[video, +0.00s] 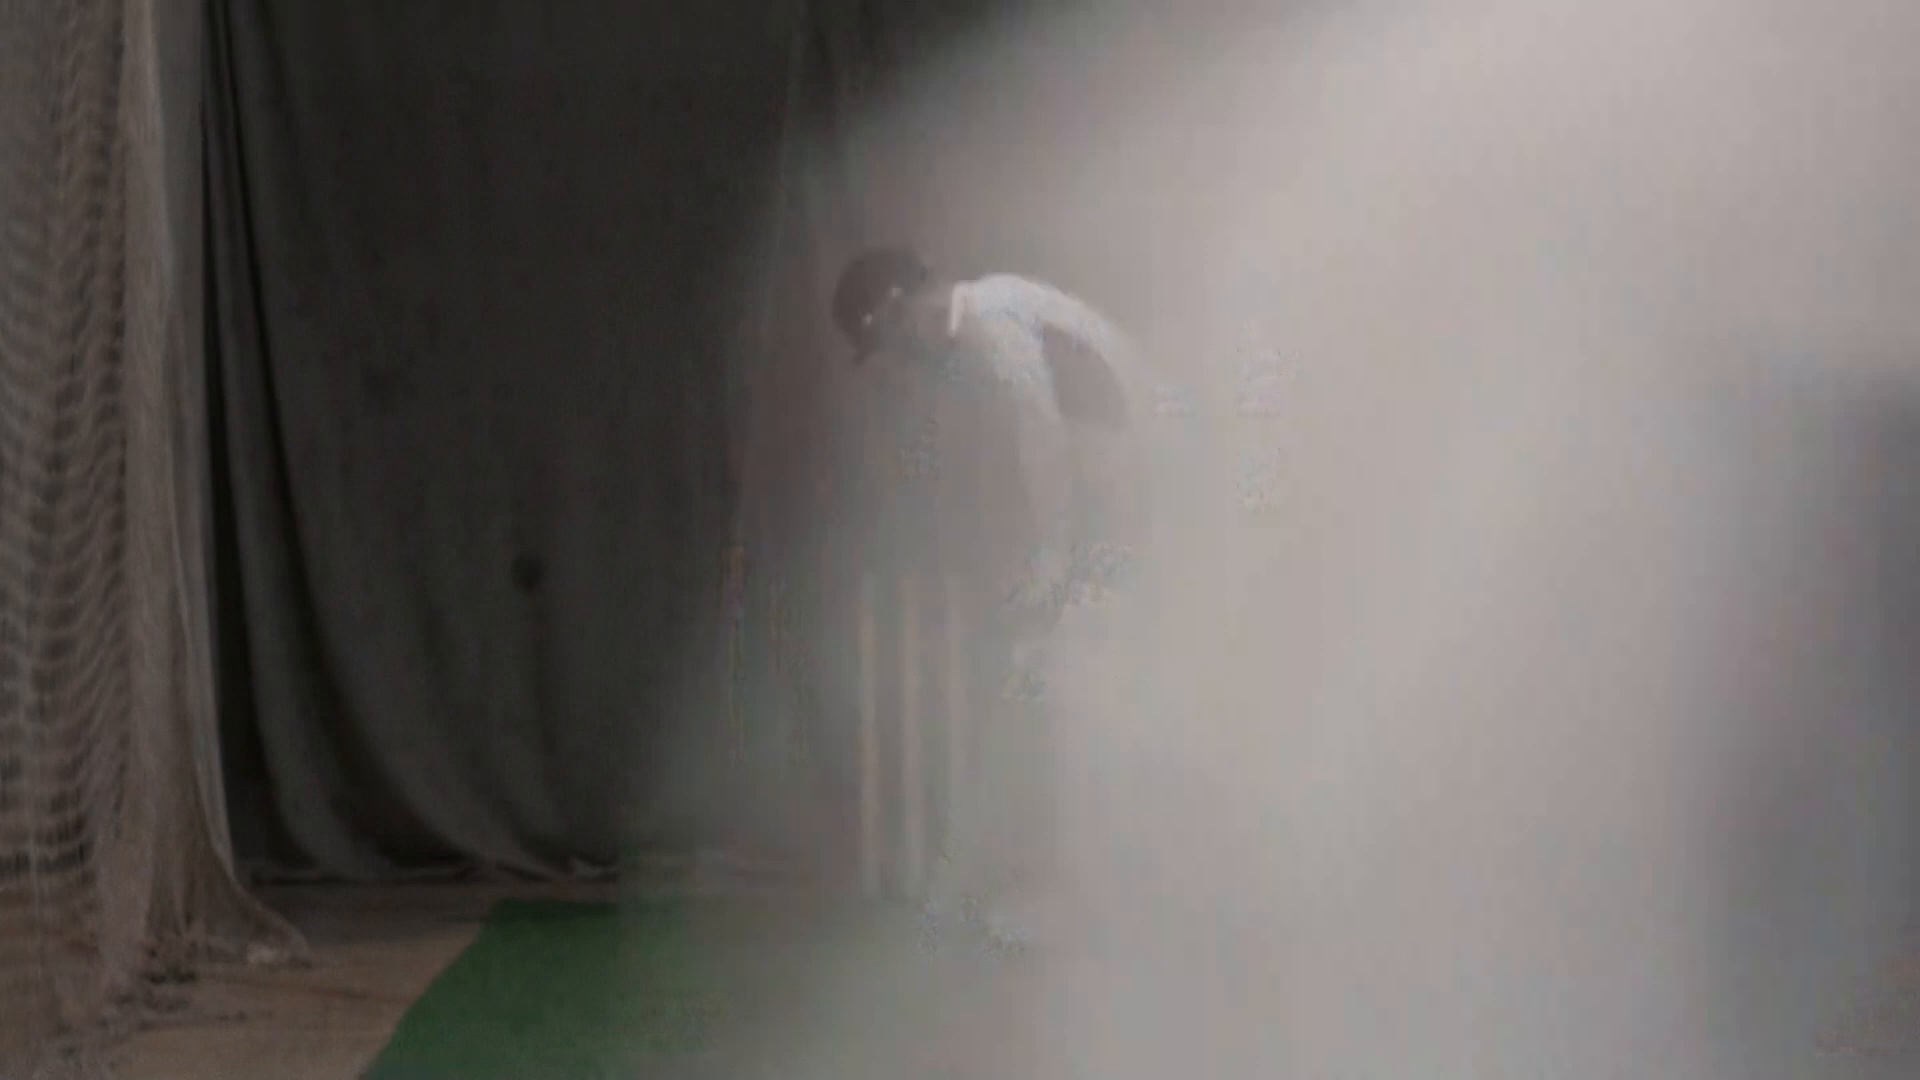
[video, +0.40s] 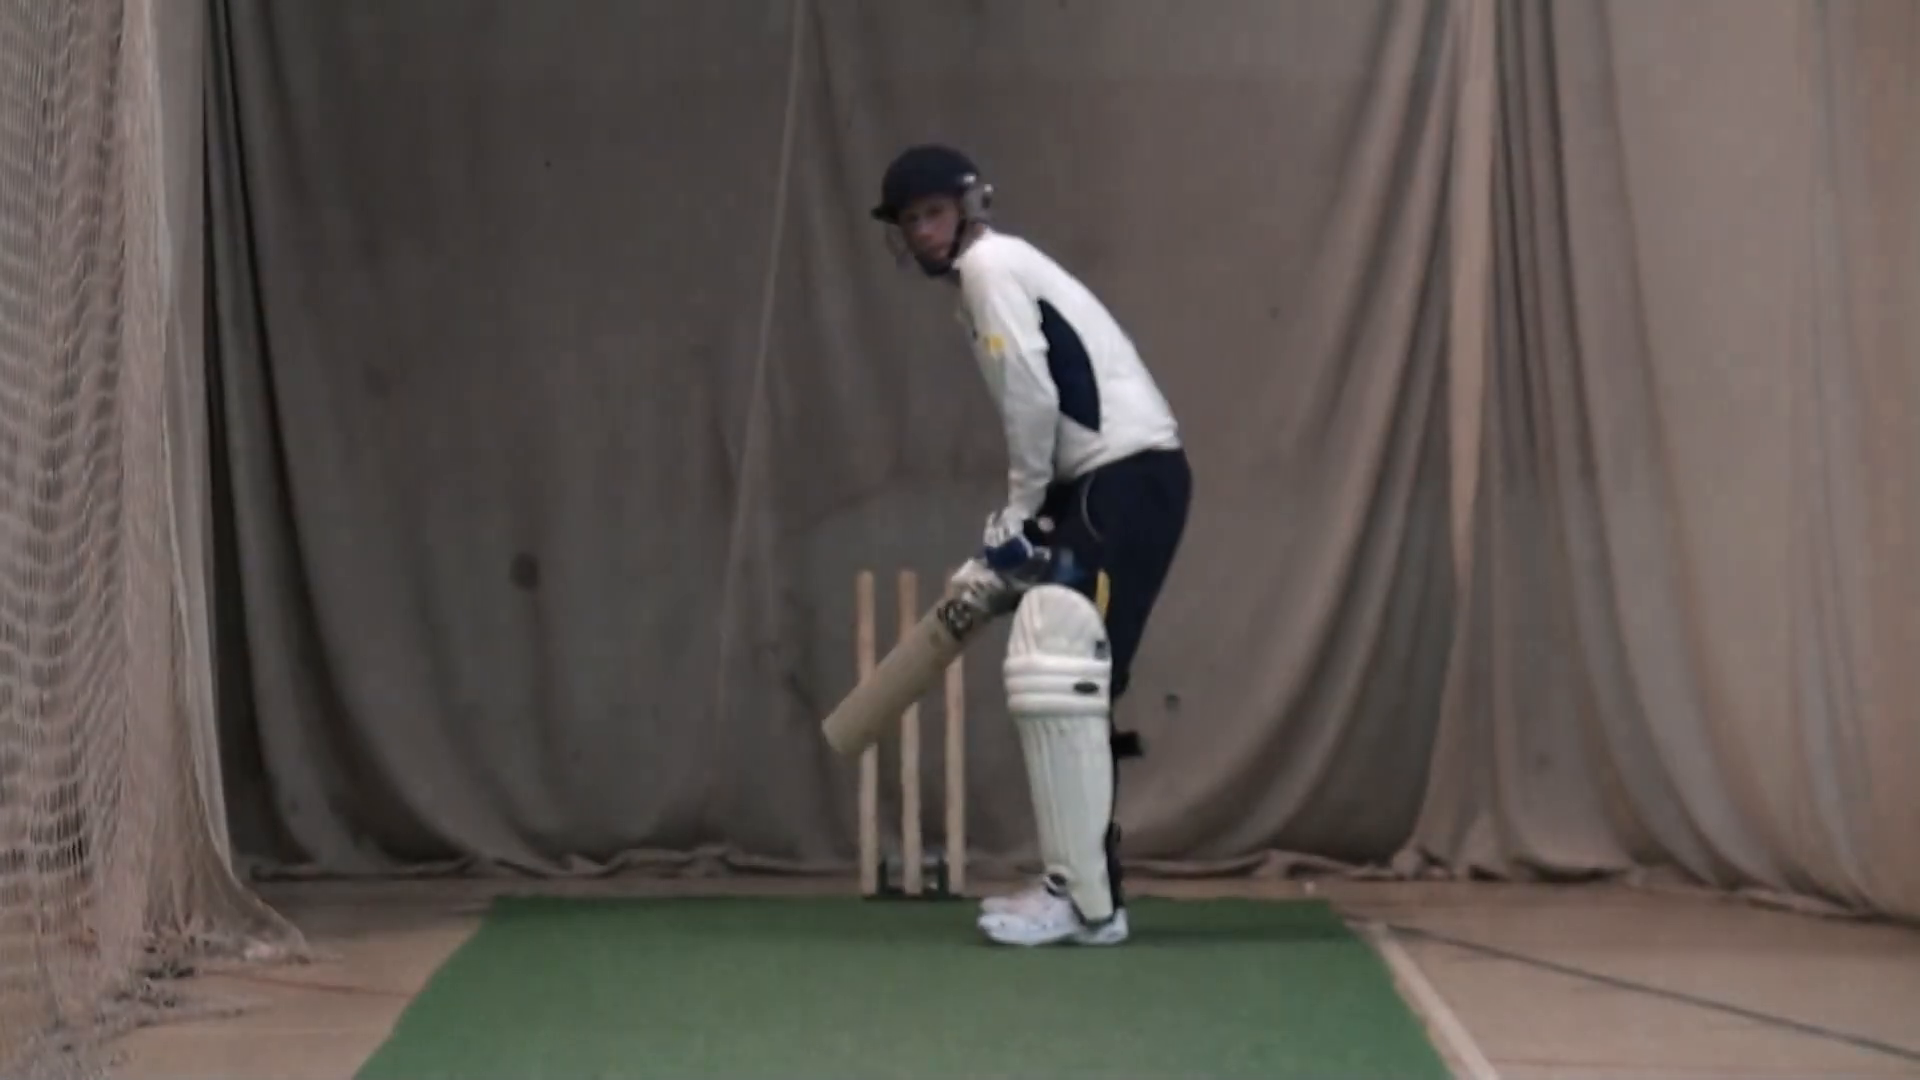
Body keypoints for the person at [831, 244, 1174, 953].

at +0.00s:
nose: (901, 353)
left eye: (892, 333)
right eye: (886, 346)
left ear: (908, 297)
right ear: (895, 315)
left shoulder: (994, 320)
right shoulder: (970, 339)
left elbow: (1042, 452)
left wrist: (1041, 575)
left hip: (1141, 516)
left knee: (1065, 684)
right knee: (1026, 684)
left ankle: (1064, 894)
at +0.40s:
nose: (928, 232)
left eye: (940, 214)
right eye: (913, 222)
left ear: (972, 207)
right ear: (899, 232)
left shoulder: (988, 266)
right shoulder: (993, 270)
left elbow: (1033, 399)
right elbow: (1050, 428)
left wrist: (1021, 515)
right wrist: (1003, 555)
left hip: (1127, 475)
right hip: (1111, 478)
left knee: (1060, 672)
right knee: (1069, 678)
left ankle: (1082, 895)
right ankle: (1085, 889)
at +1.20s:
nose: (979, 202)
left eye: (994, 186)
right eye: (964, 190)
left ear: (1021, 187)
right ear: (945, 198)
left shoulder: (1035, 249)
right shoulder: (994, 282)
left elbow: (1071, 379)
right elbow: (1056, 410)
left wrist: (1042, 496)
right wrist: (1031, 515)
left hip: (1142, 470)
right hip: (1093, 480)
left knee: (1098, 673)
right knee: (1048, 674)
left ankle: (1115, 896)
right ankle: (1076, 881)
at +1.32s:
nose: (980, 204)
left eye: (995, 188)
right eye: (965, 191)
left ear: (1022, 189)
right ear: (946, 199)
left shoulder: (1034, 252)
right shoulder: (995, 281)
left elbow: (1073, 384)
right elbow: (1056, 413)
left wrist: (1047, 505)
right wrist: (1031, 525)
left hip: (1144, 471)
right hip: (1101, 479)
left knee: (1094, 675)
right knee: (1055, 675)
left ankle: (1113, 896)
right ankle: (1077, 883)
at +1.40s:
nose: (978, 208)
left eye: (993, 192)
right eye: (963, 195)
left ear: (1021, 193)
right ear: (945, 203)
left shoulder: (1034, 255)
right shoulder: (994, 285)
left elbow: (1074, 389)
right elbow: (1056, 409)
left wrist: (1051, 507)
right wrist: (1043, 517)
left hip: (1146, 473)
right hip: (1105, 479)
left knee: (1093, 677)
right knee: (1062, 676)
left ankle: (1112, 897)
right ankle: (1078, 884)